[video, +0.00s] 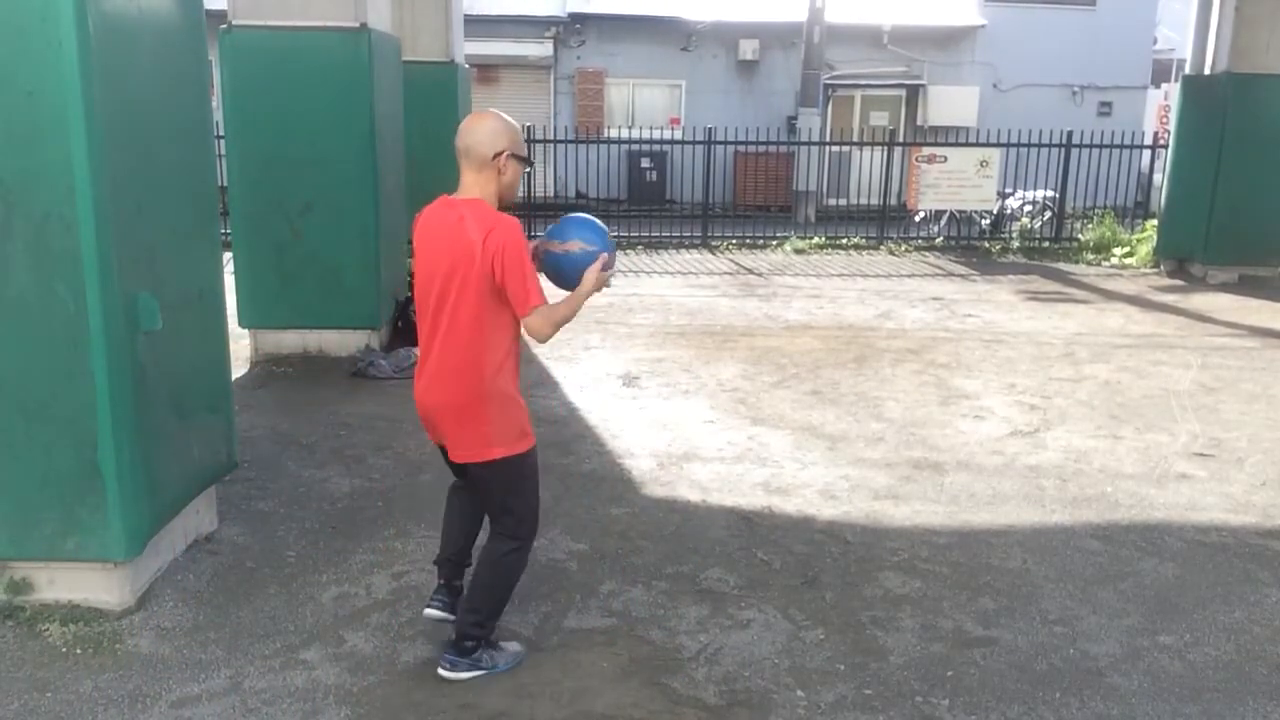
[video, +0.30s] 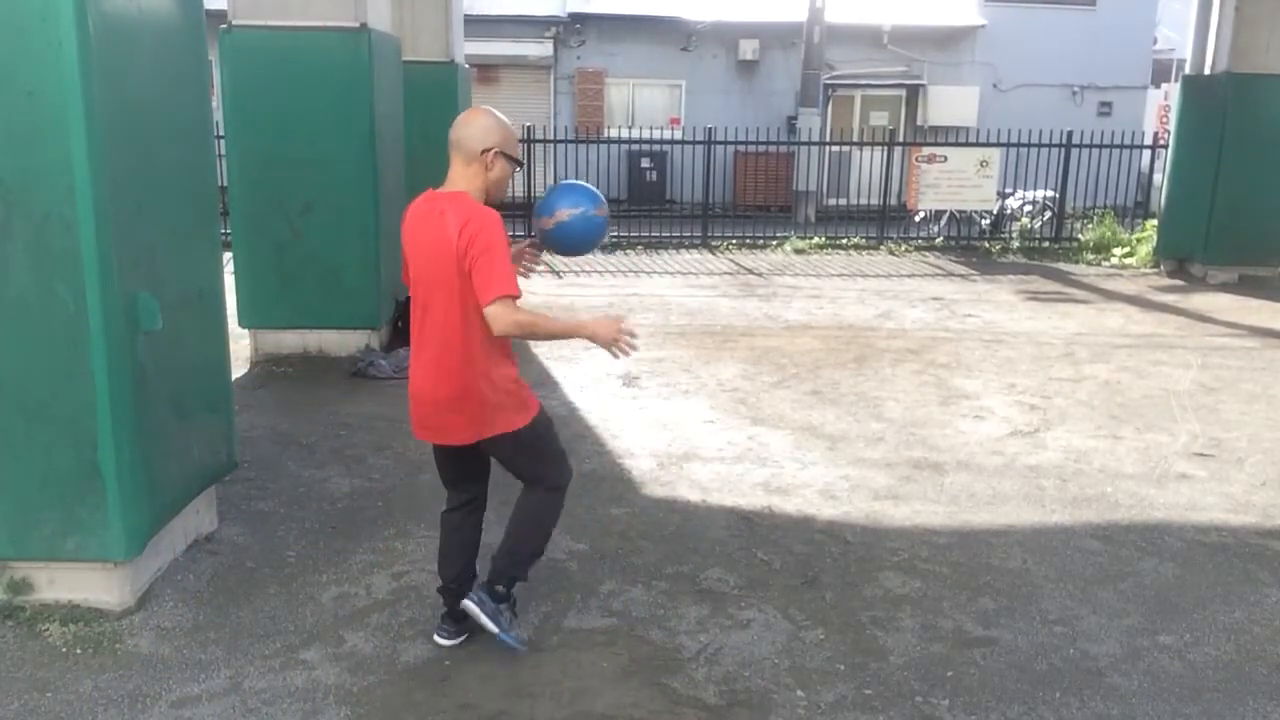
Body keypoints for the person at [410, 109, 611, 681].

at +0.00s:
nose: (522, 172)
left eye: (522, 162)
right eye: (520, 161)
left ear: (465, 161)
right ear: (501, 162)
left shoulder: (429, 218)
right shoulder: (500, 230)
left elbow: (456, 284)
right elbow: (539, 325)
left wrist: (523, 260)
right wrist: (585, 290)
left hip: (434, 395)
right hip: (485, 404)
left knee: (471, 485)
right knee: (515, 526)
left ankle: (447, 587)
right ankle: (469, 646)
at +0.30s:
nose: (512, 176)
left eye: (514, 165)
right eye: (512, 163)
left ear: (458, 155)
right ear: (488, 158)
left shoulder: (418, 210)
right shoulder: (480, 220)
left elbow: (418, 280)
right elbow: (503, 318)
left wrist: (499, 262)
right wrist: (585, 328)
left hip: (434, 392)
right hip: (488, 392)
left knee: (463, 497)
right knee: (549, 476)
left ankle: (454, 614)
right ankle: (497, 592)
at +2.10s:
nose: (620, 165)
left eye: (619, 156)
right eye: (618, 156)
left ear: (566, 159)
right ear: (604, 160)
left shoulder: (540, 226)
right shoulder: (611, 230)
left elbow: (522, 304)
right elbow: (642, 315)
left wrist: (537, 368)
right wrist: (709, 356)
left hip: (600, 357)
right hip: (636, 366)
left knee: (709, 314)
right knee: (644, 485)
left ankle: (679, 421)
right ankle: (610, 594)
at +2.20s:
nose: (632, 158)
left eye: (630, 149)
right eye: (628, 150)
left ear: (580, 159)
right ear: (612, 157)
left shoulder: (556, 224)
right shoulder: (625, 228)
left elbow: (541, 304)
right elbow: (655, 312)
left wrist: (552, 369)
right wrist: (720, 348)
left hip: (613, 356)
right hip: (647, 365)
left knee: (717, 319)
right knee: (648, 482)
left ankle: (690, 425)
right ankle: (610, 594)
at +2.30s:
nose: (642, 156)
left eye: (639, 146)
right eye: (637, 148)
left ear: (589, 157)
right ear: (620, 155)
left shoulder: (566, 222)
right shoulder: (635, 224)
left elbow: (551, 299)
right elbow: (662, 306)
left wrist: (567, 362)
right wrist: (729, 346)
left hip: (618, 357)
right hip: (653, 364)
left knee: (713, 356)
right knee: (648, 482)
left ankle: (683, 450)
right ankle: (610, 594)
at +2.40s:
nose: (655, 153)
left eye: (653, 143)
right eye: (650, 145)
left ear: (604, 153)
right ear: (632, 151)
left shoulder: (582, 215)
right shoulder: (646, 219)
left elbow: (567, 289)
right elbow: (670, 302)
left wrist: (591, 341)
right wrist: (733, 346)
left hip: (630, 365)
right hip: (664, 372)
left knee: (697, 419)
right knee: (659, 479)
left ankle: (666, 517)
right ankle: (613, 586)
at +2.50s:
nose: (669, 164)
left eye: (668, 155)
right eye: (666, 155)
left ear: (622, 160)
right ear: (646, 159)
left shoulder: (597, 221)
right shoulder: (648, 224)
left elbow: (595, 288)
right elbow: (664, 310)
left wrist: (640, 314)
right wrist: (726, 363)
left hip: (631, 368)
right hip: (669, 369)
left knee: (663, 450)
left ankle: (643, 553)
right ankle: (655, 541)